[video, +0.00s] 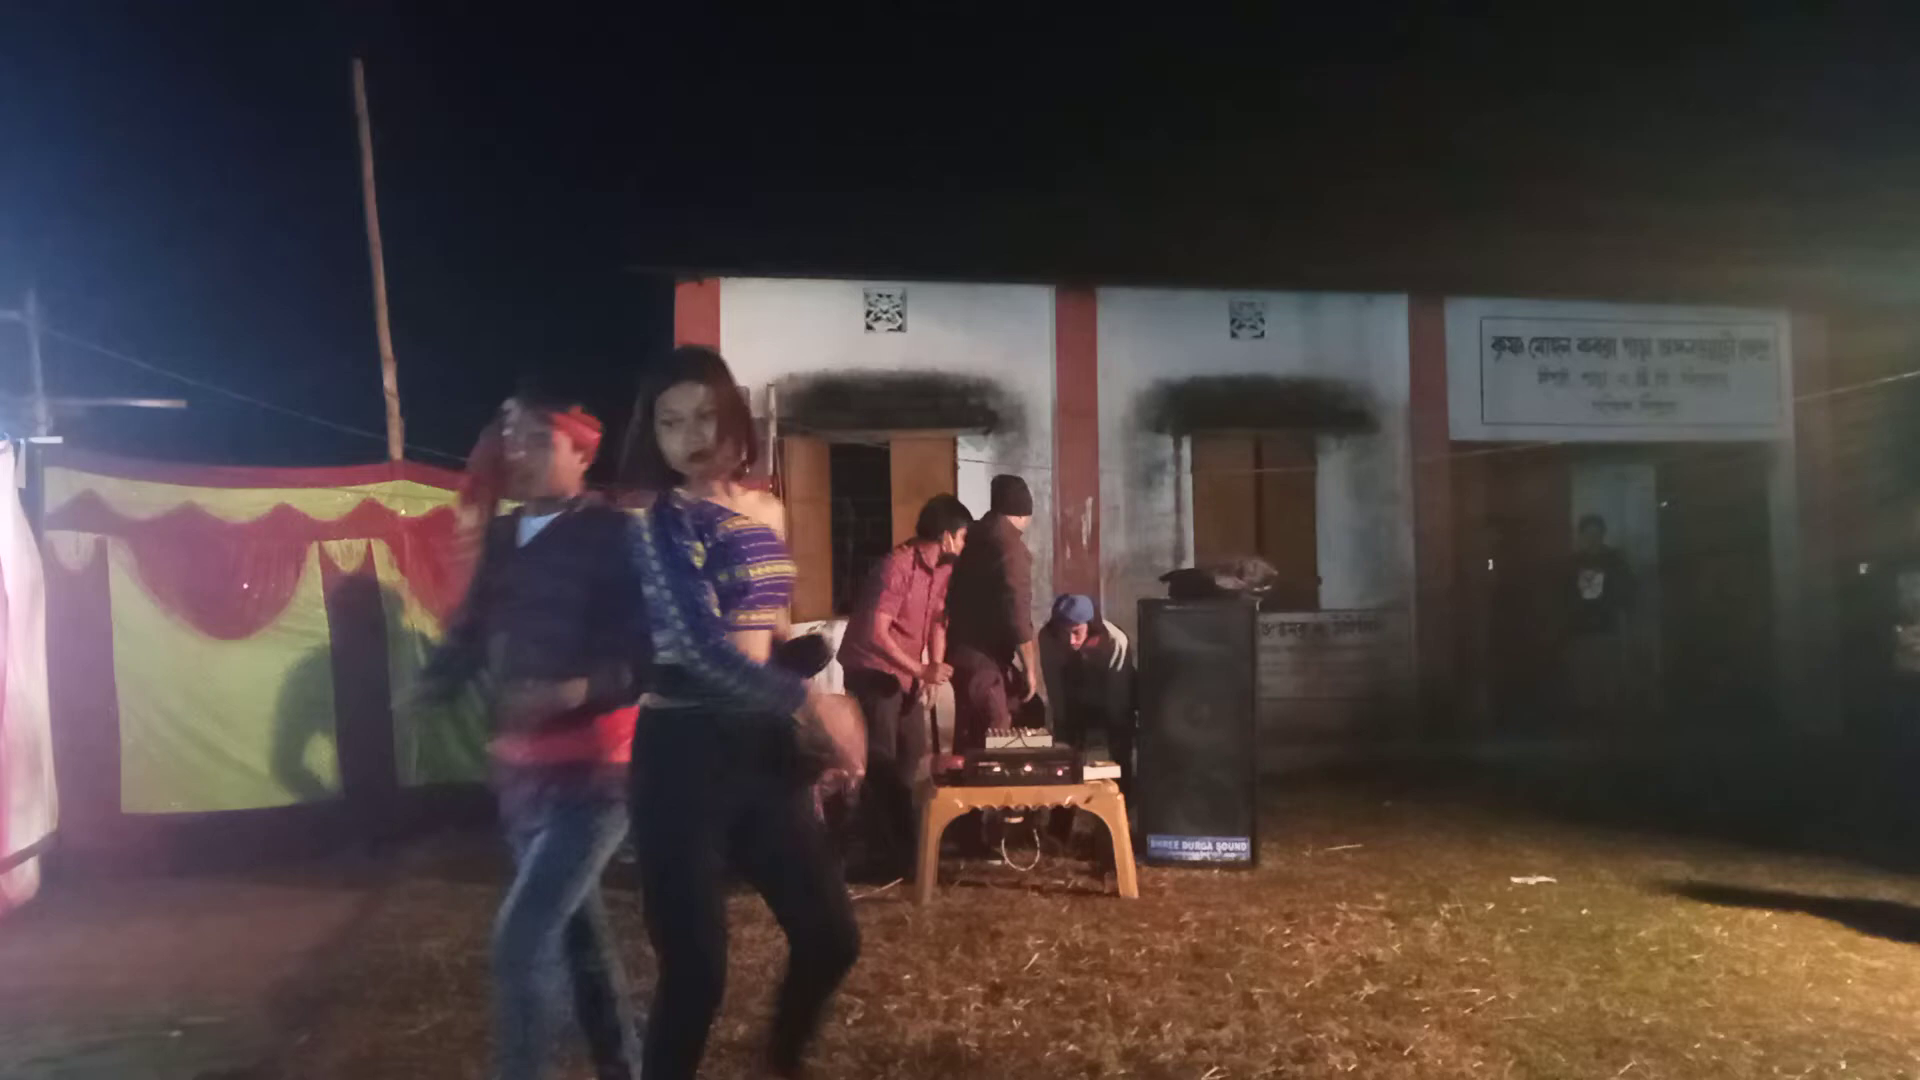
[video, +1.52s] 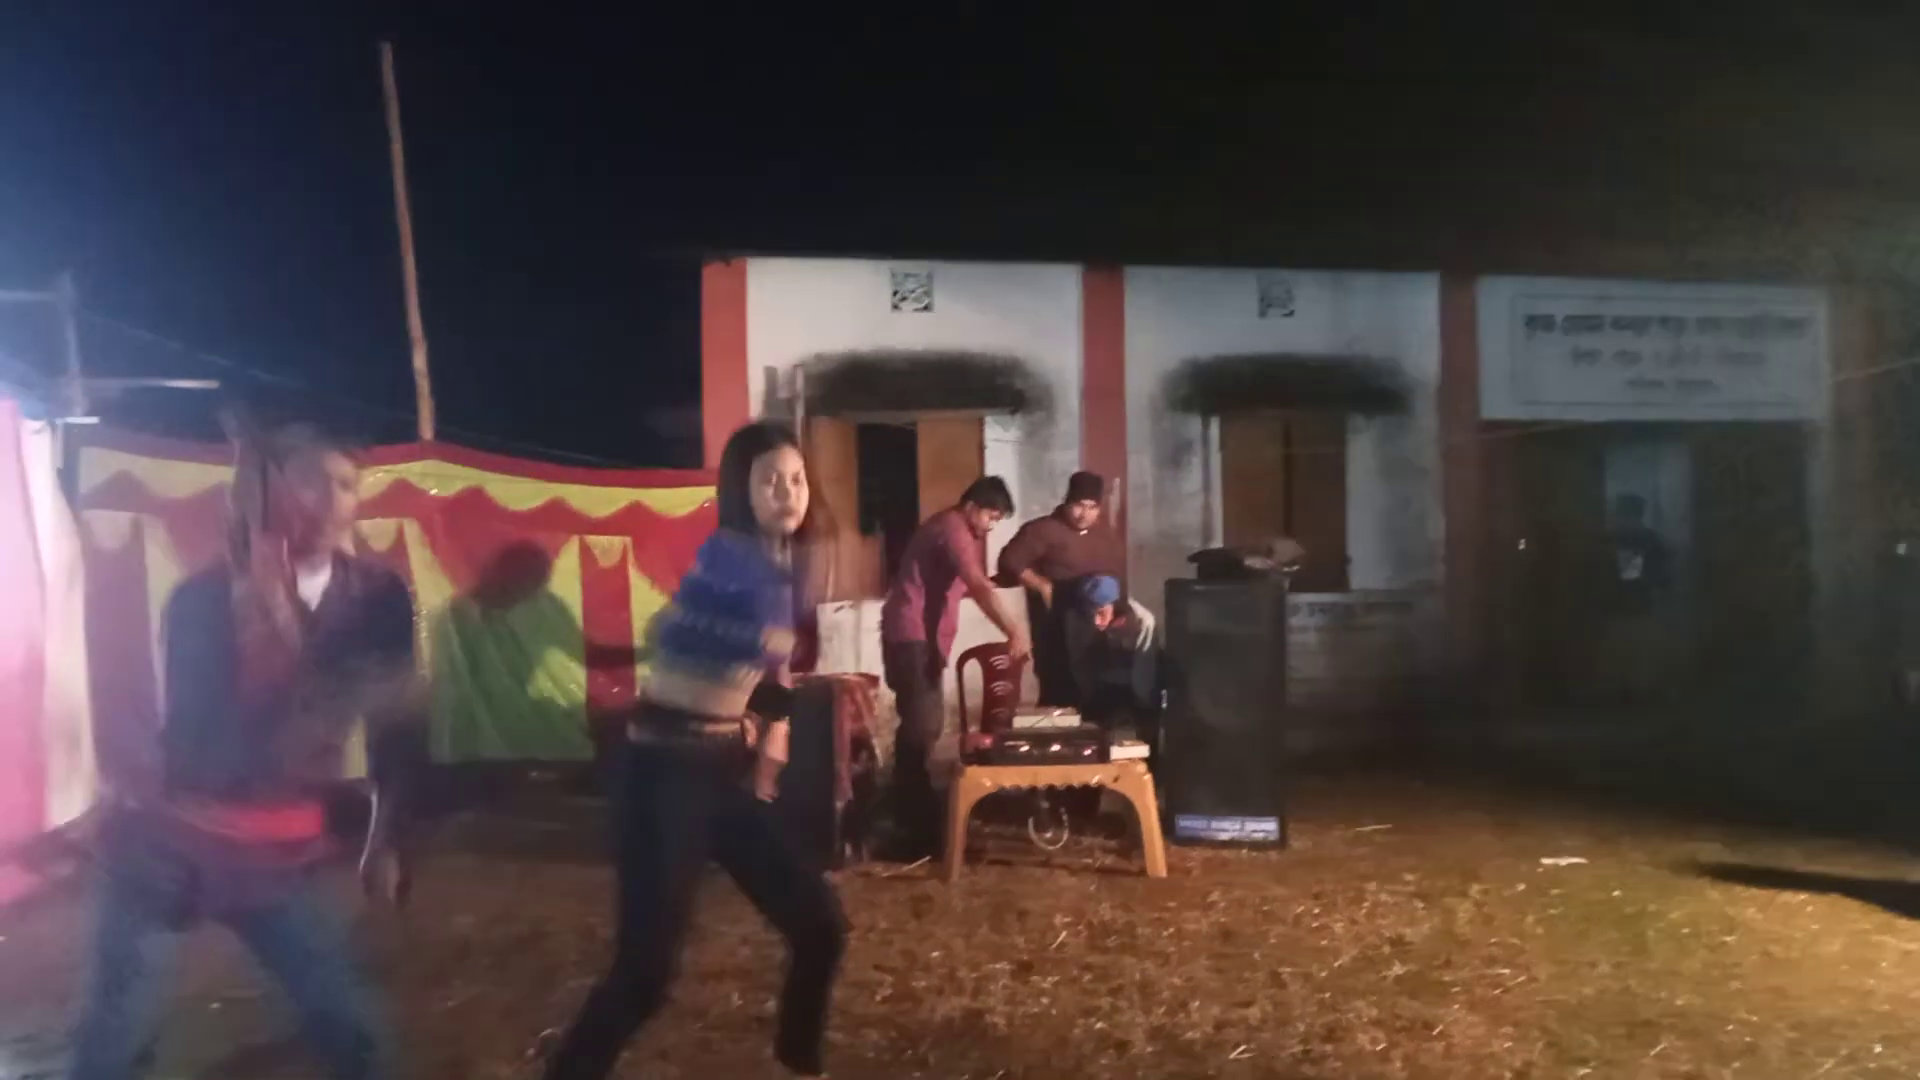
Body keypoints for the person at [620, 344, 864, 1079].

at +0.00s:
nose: (694, 435)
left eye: (707, 416)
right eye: (674, 421)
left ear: (735, 419)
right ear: (653, 433)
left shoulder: (768, 510)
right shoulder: (660, 518)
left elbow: (770, 638)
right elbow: (687, 646)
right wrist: (798, 700)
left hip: (758, 740)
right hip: (680, 744)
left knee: (830, 942)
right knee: (695, 969)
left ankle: (779, 1060)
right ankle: (663, 1072)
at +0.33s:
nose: (712, 468)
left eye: (727, 449)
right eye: (706, 452)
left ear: (777, 447)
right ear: (701, 459)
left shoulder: (846, 525)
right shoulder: (713, 543)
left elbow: (880, 617)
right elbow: (727, 653)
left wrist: (835, 669)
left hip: (819, 744)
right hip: (734, 746)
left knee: (853, 957)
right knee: (724, 959)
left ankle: (857, 1069)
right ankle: (693, 1068)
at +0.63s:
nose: (786, 486)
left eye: (800, 472)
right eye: (773, 471)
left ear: (825, 482)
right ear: (752, 480)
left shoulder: (853, 564)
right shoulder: (736, 577)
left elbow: (937, 640)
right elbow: (733, 699)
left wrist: (969, 749)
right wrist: (765, 806)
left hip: (856, 778)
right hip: (771, 778)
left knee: (909, 972)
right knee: (751, 982)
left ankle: (943, 1066)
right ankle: (718, 1067)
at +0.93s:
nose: (825, 436)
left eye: (835, 423)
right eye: (809, 422)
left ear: (848, 428)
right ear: (776, 423)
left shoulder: (844, 512)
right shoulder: (732, 499)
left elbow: (878, 621)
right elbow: (724, 592)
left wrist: (846, 711)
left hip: (813, 708)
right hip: (726, 703)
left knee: (826, 889)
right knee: (700, 893)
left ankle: (823, 1051)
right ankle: (668, 1060)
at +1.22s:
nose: (811, 508)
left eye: (816, 494)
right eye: (796, 494)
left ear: (820, 501)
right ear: (760, 499)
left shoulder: (780, 584)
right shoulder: (721, 570)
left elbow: (784, 687)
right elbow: (783, 670)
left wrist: (780, 748)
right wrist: (807, 710)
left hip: (737, 771)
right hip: (677, 769)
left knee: (797, 947)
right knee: (632, 964)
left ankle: (776, 1069)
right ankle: (548, 1070)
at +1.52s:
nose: (788, 493)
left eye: (797, 479)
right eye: (770, 481)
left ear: (809, 488)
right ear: (740, 491)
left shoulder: (774, 569)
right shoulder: (731, 557)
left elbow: (776, 686)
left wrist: (766, 773)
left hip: (719, 763)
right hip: (659, 761)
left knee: (818, 925)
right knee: (644, 972)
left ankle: (797, 1061)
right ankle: (567, 1067)